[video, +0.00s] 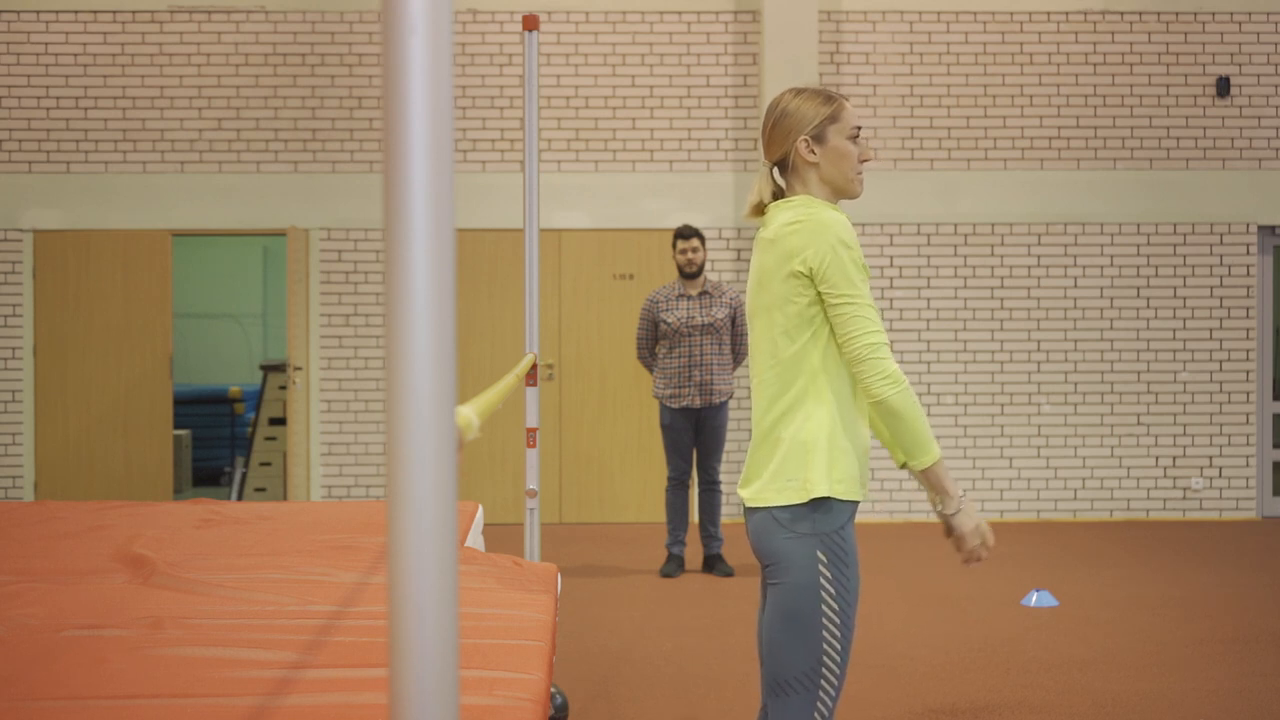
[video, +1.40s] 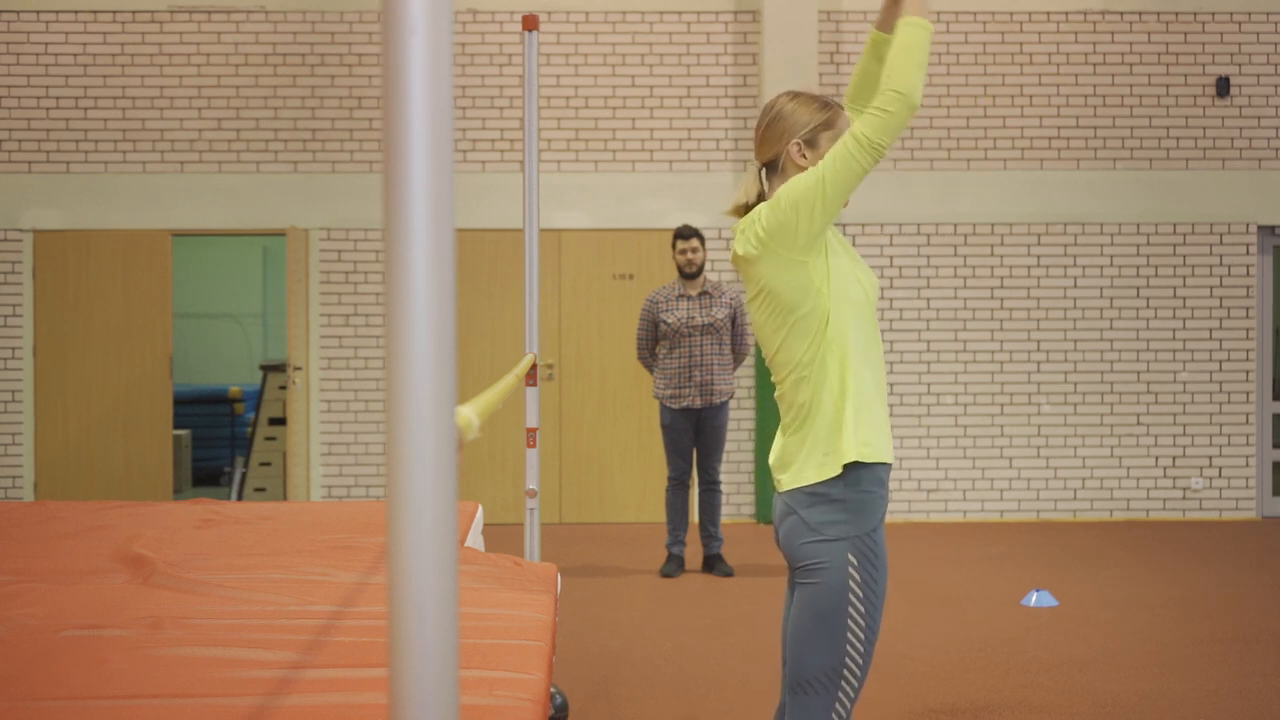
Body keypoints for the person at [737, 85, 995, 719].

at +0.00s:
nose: (866, 153)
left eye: (861, 138)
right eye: (853, 139)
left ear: (807, 153)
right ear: (807, 151)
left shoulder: (783, 227)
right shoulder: (820, 229)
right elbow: (877, 379)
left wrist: (941, 496)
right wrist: (949, 502)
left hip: (785, 504)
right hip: (808, 508)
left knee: (788, 705)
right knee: (804, 706)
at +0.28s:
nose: (861, 154)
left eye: (857, 139)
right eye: (847, 139)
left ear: (802, 153)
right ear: (801, 151)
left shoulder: (780, 228)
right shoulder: (810, 225)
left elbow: (890, 349)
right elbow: (905, 344)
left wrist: (1010, 422)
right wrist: (1020, 426)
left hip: (788, 502)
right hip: (805, 505)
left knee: (790, 704)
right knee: (800, 705)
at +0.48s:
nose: (856, 154)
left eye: (852, 140)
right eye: (844, 140)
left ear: (800, 152)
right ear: (799, 150)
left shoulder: (782, 226)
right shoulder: (799, 223)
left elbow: (908, 308)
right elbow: (921, 304)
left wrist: (1050, 337)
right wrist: (1061, 339)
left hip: (798, 500)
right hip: (806, 502)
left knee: (792, 704)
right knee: (802, 705)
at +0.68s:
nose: (852, 157)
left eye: (849, 141)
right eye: (841, 142)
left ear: (797, 153)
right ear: (796, 150)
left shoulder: (780, 224)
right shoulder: (791, 223)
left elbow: (932, 255)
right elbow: (939, 256)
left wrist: (1064, 236)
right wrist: (1075, 236)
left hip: (805, 500)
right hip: (809, 502)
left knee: (798, 704)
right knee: (804, 706)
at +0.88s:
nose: (850, 157)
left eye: (847, 142)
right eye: (840, 142)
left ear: (795, 152)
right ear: (796, 150)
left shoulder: (783, 223)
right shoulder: (783, 220)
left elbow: (922, 204)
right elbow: (931, 205)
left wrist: (1025, 144)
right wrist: (1055, 137)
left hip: (812, 495)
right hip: (814, 497)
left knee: (803, 700)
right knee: (809, 702)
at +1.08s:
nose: (853, 157)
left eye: (849, 142)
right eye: (842, 142)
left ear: (796, 151)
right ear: (794, 150)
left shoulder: (783, 222)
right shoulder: (782, 223)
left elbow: (908, 157)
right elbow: (931, 162)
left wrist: (989, 62)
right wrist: (1007, 59)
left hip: (816, 489)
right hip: (821, 494)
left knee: (806, 698)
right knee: (816, 702)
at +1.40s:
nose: (845, 158)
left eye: (845, 143)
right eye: (837, 142)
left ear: (792, 155)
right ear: (801, 154)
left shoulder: (782, 224)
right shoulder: (783, 225)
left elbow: (854, 118)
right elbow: (891, 114)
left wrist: (890, 12)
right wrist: (916, 12)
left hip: (829, 488)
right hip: (834, 493)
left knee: (813, 695)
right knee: (823, 700)